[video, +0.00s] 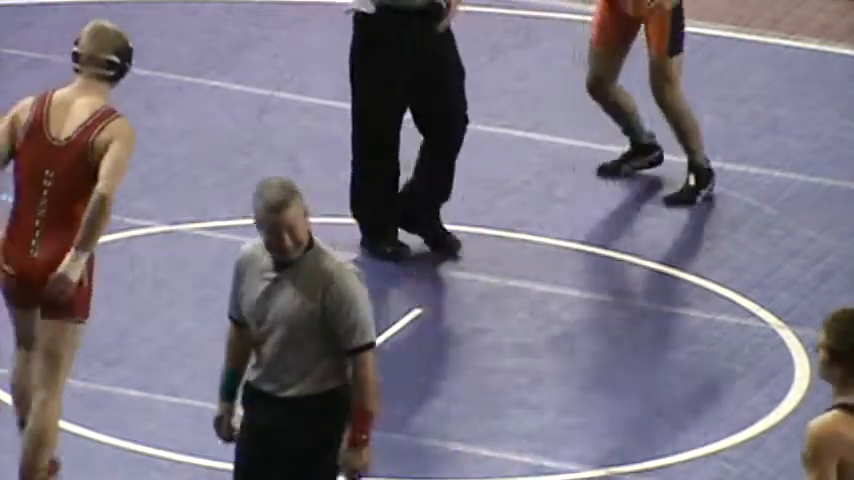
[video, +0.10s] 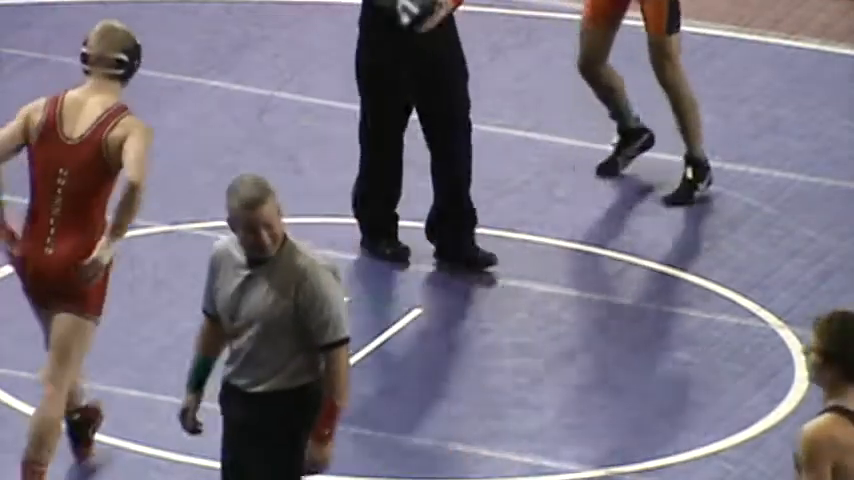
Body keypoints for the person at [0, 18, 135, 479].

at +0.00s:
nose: (76, 55)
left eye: (78, 50)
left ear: (76, 58)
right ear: (121, 70)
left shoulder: (28, 109)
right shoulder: (117, 130)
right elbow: (102, 197)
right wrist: (80, 255)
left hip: (15, 255)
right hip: (66, 265)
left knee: (24, 352)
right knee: (49, 383)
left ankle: (37, 450)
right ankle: (34, 470)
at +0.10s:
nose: (84, 55)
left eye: (86, 50)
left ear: (85, 59)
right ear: (131, 68)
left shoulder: (40, 110)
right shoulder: (130, 129)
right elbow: (134, 181)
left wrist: (2, 227)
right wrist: (113, 239)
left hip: (30, 255)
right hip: (82, 262)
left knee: (63, 350)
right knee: (58, 382)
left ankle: (81, 427)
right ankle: (33, 472)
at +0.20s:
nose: (94, 52)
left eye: (96, 47)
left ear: (95, 57)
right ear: (141, 64)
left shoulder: (57, 107)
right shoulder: (145, 118)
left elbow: (2, 155)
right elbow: (160, 172)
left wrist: (21, 208)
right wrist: (148, 228)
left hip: (52, 253)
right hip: (100, 258)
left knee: (86, 347)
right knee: (74, 374)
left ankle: (105, 413)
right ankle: (38, 470)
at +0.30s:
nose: (108, 42)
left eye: (110, 36)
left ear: (107, 47)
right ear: (153, 51)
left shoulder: (73, 100)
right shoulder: (160, 105)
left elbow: (26, 170)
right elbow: (169, 167)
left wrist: (59, 195)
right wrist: (189, 210)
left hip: (73, 240)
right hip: (119, 246)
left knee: (97, 331)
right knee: (104, 364)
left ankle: (112, 418)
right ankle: (53, 454)